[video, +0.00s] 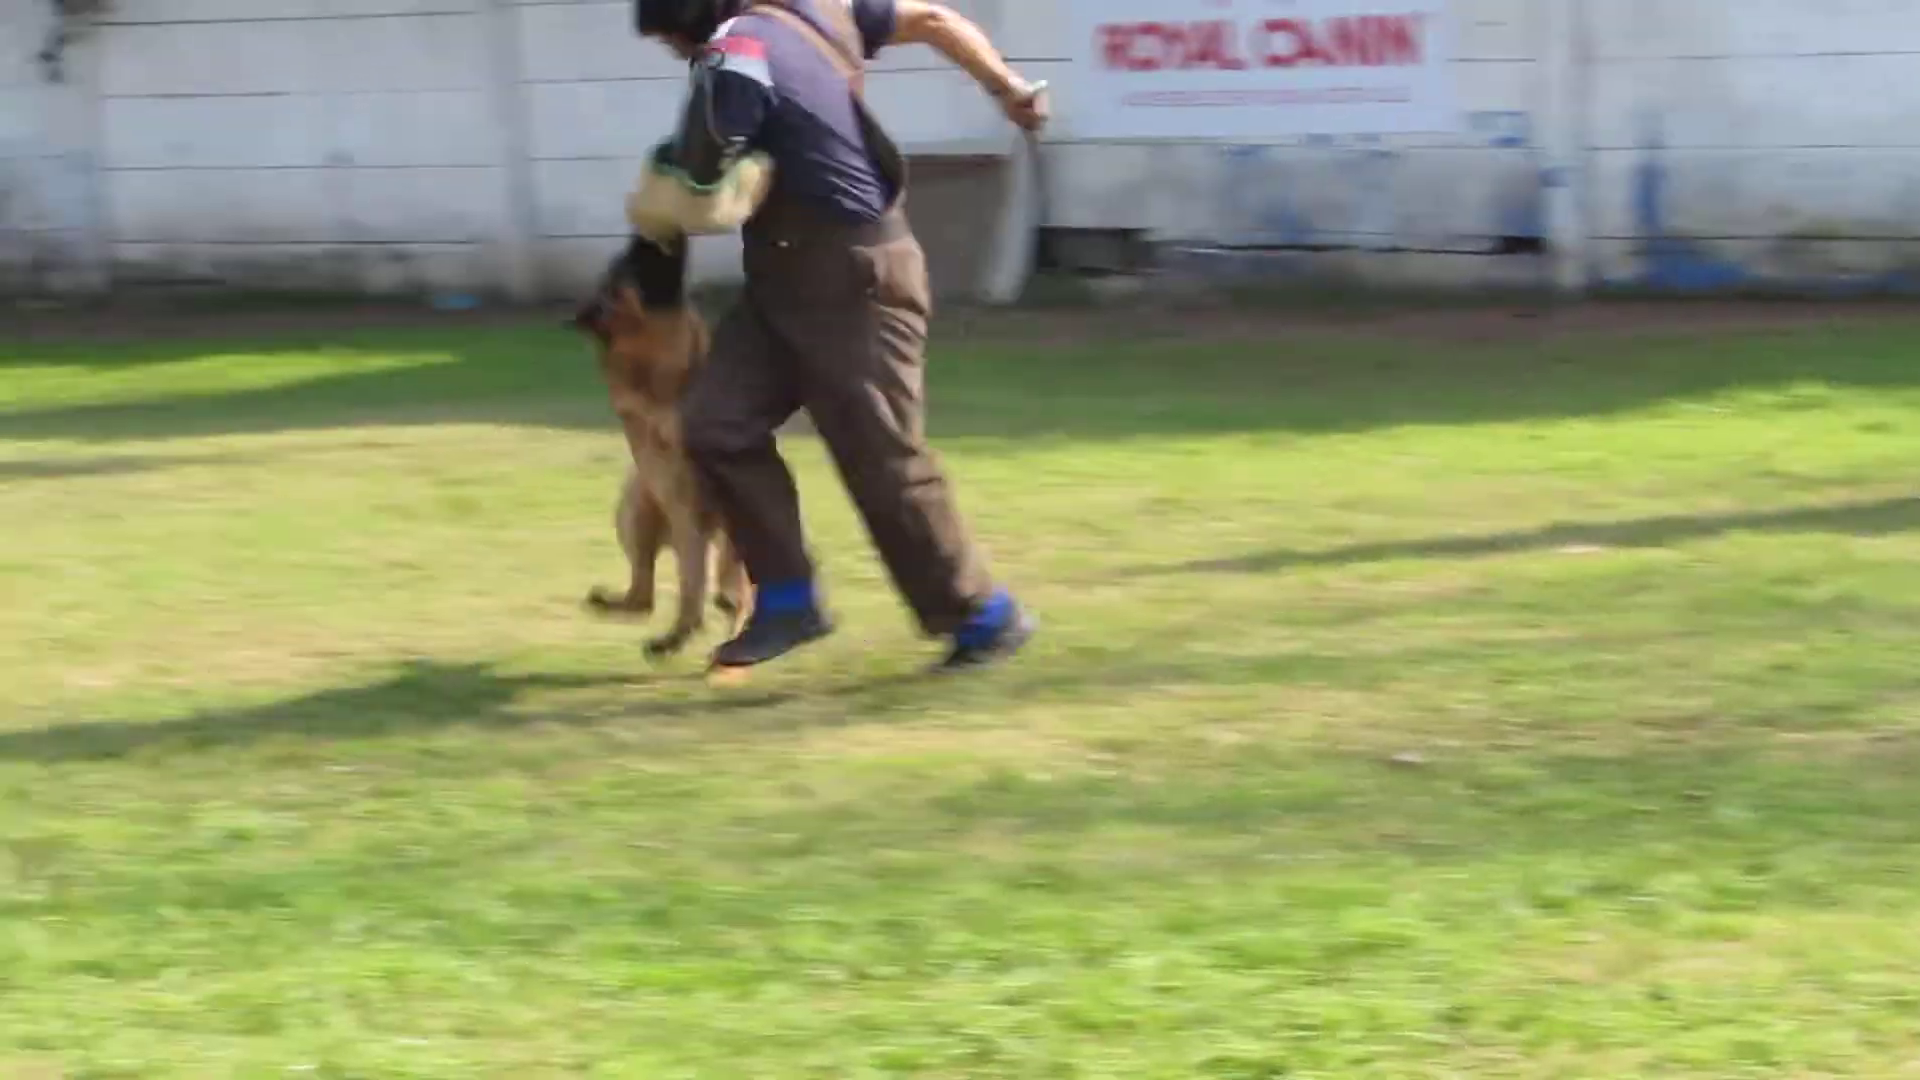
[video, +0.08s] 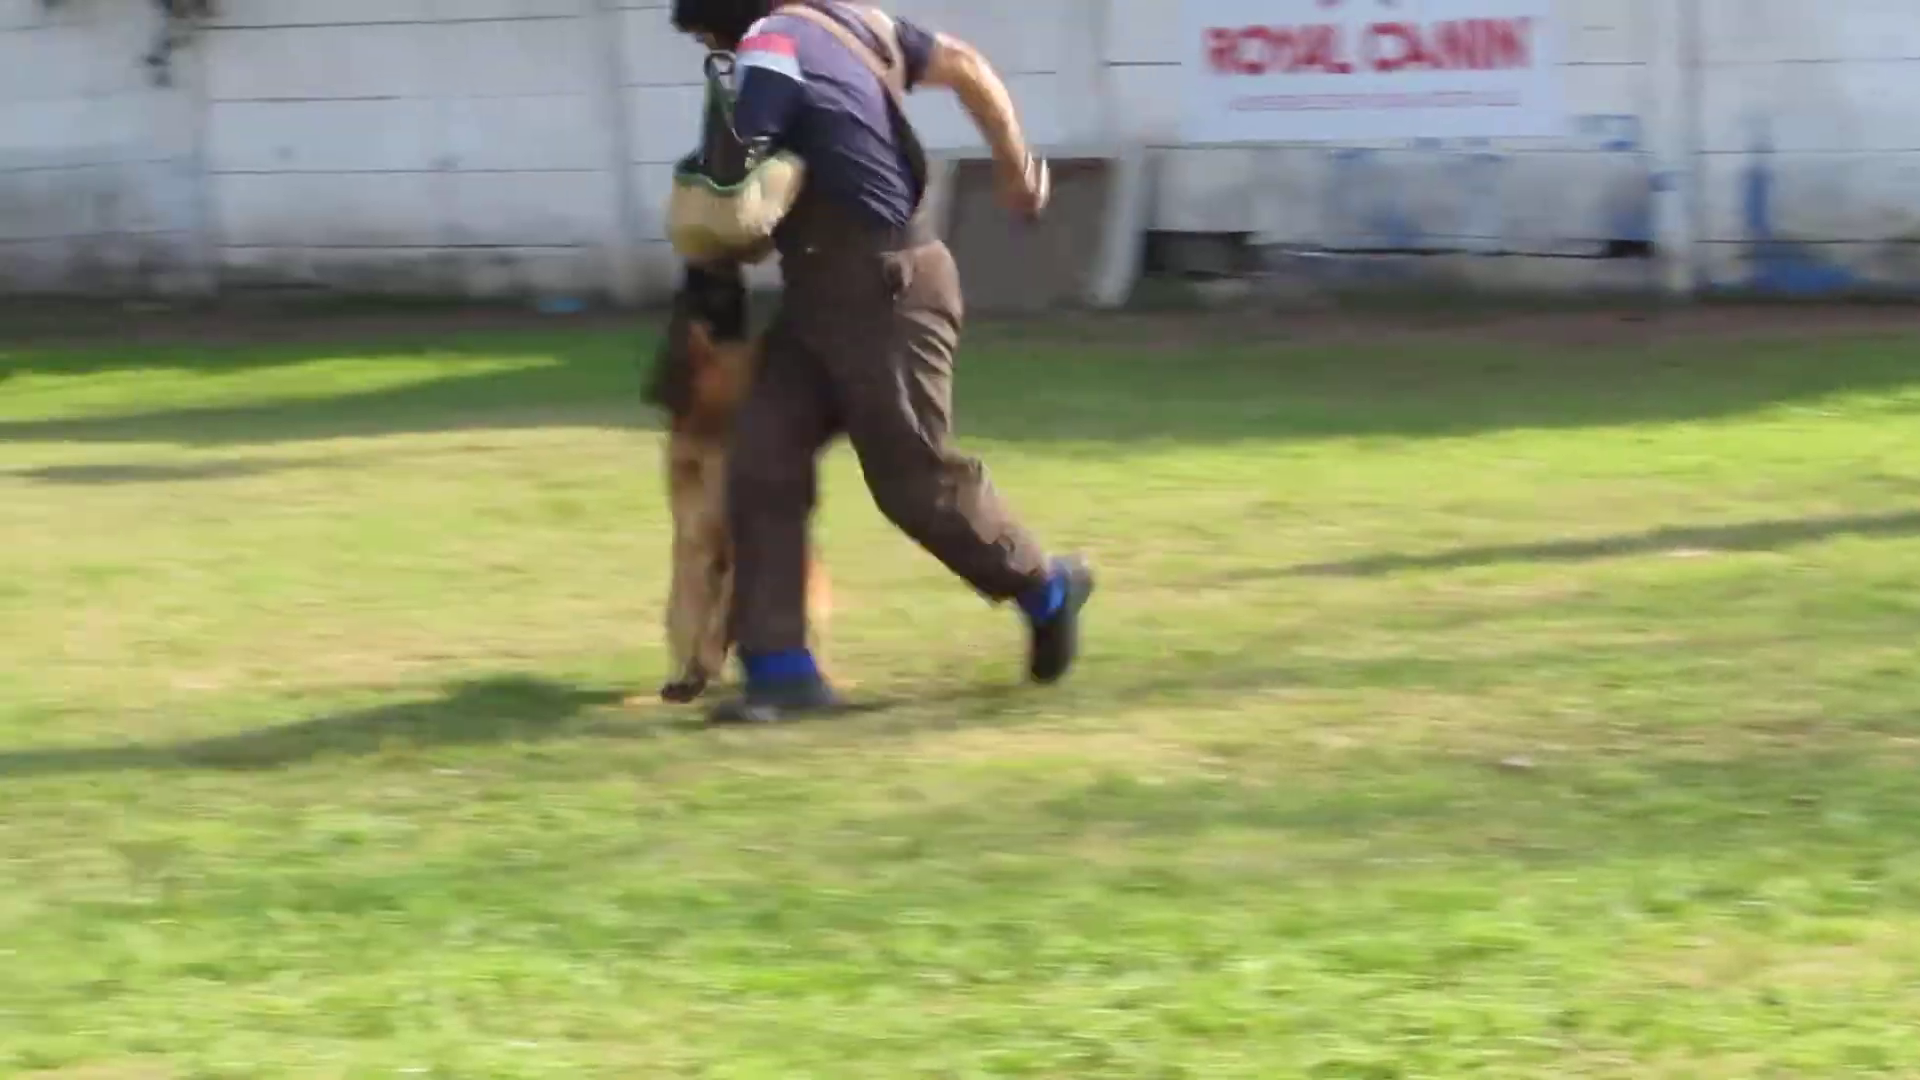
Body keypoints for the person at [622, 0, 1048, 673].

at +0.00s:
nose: (670, 52)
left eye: (667, 39)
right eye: (661, 41)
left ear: (691, 18)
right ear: (722, 2)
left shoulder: (734, 57)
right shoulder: (815, 11)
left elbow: (713, 199)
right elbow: (936, 18)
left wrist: (650, 193)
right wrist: (1009, 85)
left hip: (856, 274)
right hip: (793, 279)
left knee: (886, 459)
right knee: (719, 426)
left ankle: (982, 615)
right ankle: (787, 602)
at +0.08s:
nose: (705, 46)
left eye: (703, 32)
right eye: (698, 35)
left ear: (725, 15)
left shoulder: (764, 53)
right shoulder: (850, 17)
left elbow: (733, 209)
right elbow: (968, 68)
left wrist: (686, 205)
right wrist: (1020, 168)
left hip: (888, 284)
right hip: (830, 289)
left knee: (914, 480)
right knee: (764, 469)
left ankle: (1045, 591)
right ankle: (780, 668)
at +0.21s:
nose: (846, 89)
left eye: (843, 73)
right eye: (839, 76)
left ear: (862, 56)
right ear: (892, 33)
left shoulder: (909, 82)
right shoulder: (942, 73)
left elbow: (884, 248)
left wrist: (819, 246)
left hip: (1022, 331)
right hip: (988, 332)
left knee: (944, 508)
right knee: (950, 509)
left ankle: (1096, 615)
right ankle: (1030, 690)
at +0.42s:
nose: (901, 103)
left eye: (900, 87)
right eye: (893, 92)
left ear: (929, 63)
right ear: (937, 58)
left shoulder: (996, 89)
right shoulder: (970, 93)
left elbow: (943, 243)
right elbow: (922, 204)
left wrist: (865, 235)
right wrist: (893, 225)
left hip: (1096, 334)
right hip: (1032, 336)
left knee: (1056, 541)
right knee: (992, 531)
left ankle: (1104, 728)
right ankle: (1135, 613)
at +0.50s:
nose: (919, 113)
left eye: (914, 98)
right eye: (909, 102)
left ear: (938, 74)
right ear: (971, 44)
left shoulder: (990, 101)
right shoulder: (1069, 64)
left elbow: (949, 237)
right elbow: (1193, 99)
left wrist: (885, 252)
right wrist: (1224, 199)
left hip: (1105, 345)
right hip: (1043, 348)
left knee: (1119, 547)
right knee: (960, 514)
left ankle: (1207, 725)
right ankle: (1044, 701)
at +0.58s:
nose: (937, 107)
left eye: (934, 92)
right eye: (929, 96)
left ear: (958, 68)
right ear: (996, 40)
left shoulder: (993, 87)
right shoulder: (1096, 67)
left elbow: (953, 223)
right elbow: (1216, 97)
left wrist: (897, 254)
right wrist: (1247, 212)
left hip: (1101, 354)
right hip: (1036, 361)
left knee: (1138, 561)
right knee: (961, 552)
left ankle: (1280, 694)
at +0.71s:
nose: (973, 138)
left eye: (970, 121)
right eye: (968, 124)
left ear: (992, 100)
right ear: (1038, 76)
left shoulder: (1033, 130)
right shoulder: (1109, 126)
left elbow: (994, 282)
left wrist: (918, 304)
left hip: (1119, 413)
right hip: (1072, 411)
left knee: (1068, 623)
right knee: (964, 577)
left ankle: (1260, 698)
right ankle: (990, 794)